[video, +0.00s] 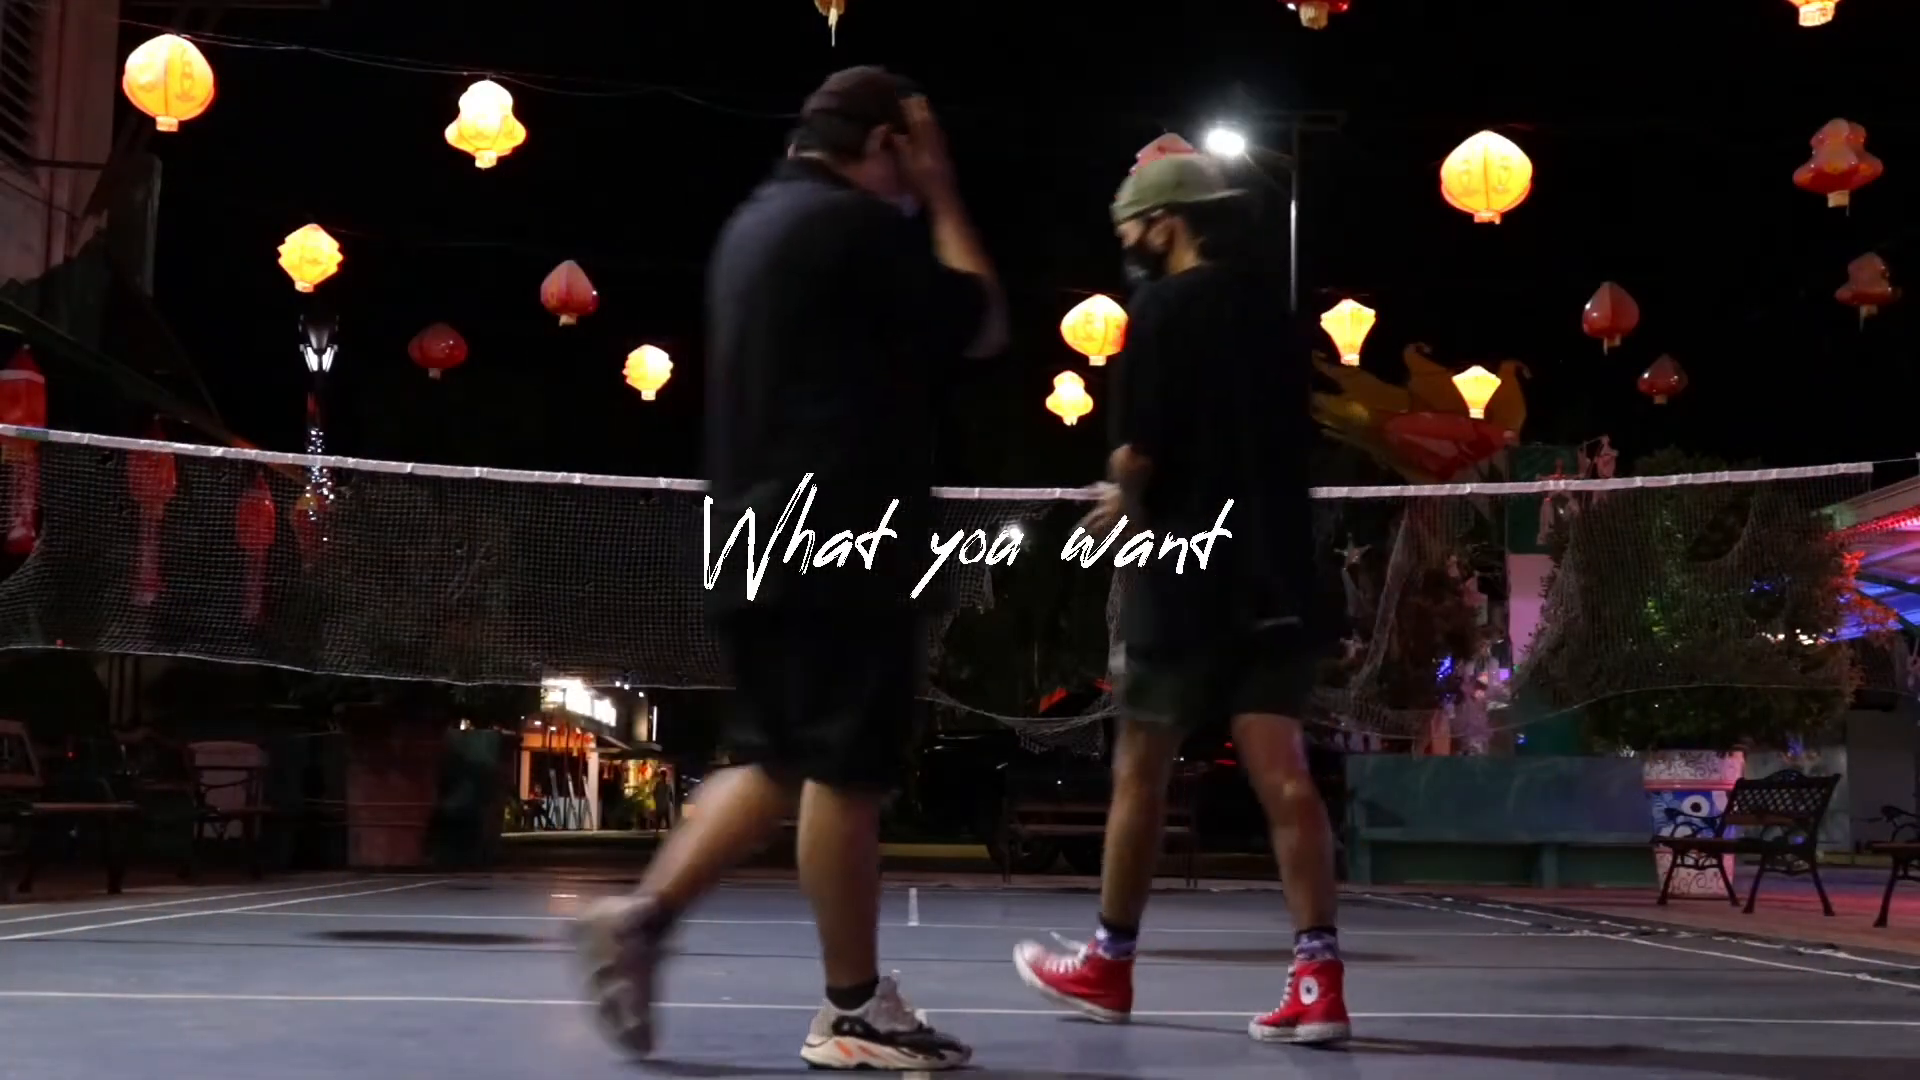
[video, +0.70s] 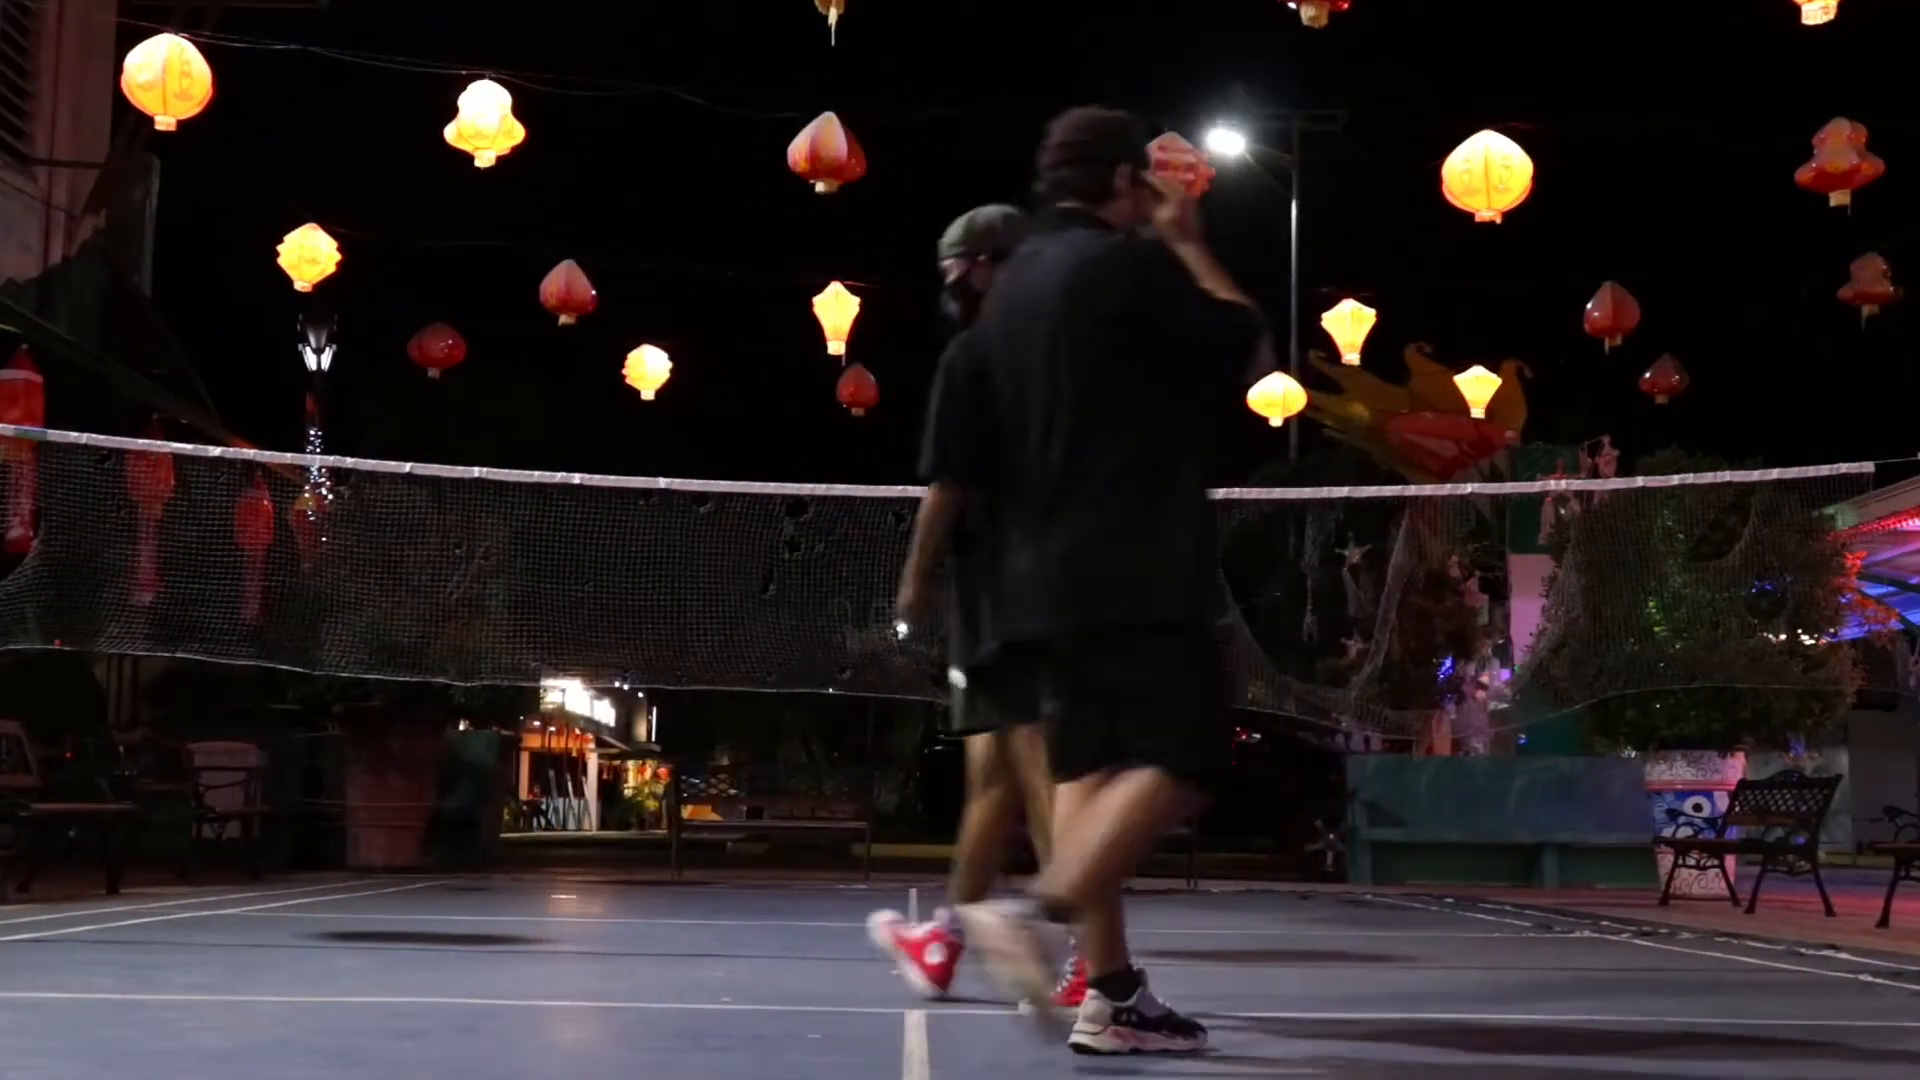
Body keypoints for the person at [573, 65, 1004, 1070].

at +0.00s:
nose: (921, 166)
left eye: (919, 146)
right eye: (916, 146)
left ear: (810, 139)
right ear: (882, 146)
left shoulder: (754, 226)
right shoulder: (863, 229)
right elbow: (979, 323)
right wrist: (940, 191)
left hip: (757, 540)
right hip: (848, 545)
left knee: (777, 756)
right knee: (845, 769)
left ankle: (638, 920)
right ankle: (854, 1007)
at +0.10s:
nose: (950, 166)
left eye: (950, 148)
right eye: (945, 149)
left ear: (835, 142)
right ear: (913, 145)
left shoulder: (782, 228)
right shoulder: (894, 230)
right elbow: (1019, 335)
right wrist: (971, 209)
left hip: (790, 533)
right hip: (877, 538)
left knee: (842, 747)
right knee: (864, 758)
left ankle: (715, 907)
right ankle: (855, 1003)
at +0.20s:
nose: (991, 157)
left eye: (986, 141)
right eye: (986, 142)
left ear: (881, 142)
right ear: (954, 144)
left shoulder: (825, 237)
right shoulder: (940, 233)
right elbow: (1059, 335)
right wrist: (1007, 221)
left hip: (842, 537)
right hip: (926, 541)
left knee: (934, 752)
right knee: (899, 758)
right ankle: (854, 1007)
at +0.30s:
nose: (1018, 170)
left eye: (1015, 153)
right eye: (1013, 153)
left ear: (910, 149)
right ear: (981, 150)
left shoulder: (856, 246)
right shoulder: (971, 239)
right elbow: (1087, 345)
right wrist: (1032, 234)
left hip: (878, 543)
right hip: (951, 546)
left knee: (979, 764)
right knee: (909, 766)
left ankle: (1000, 991)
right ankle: (854, 1004)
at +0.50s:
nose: (1087, 194)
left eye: (1086, 181)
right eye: (1083, 180)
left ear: (978, 179)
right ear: (1056, 179)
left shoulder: (937, 275)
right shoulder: (1061, 264)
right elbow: (1183, 357)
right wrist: (1121, 244)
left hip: (970, 558)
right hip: (1060, 562)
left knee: (1045, 784)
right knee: (984, 767)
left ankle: (1111, 995)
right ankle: (876, 984)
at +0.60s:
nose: (1129, 192)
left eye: (1126, 177)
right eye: (1124, 179)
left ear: (1024, 180)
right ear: (1096, 181)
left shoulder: (985, 274)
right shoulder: (1101, 264)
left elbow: (961, 439)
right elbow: (1220, 345)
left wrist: (963, 548)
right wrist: (1157, 240)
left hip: (1006, 556)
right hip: (1101, 554)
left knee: (1060, 772)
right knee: (1098, 771)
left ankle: (1108, 990)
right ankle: (953, 931)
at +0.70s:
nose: (1154, 190)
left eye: (1148, 176)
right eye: (1147, 176)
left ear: (1053, 185)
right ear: (1121, 184)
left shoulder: (1011, 285)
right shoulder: (1131, 268)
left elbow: (970, 448)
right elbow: (1244, 341)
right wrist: (1187, 241)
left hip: (1038, 563)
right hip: (1140, 556)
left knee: (1084, 769)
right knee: (1180, 756)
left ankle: (1112, 993)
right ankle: (1033, 912)